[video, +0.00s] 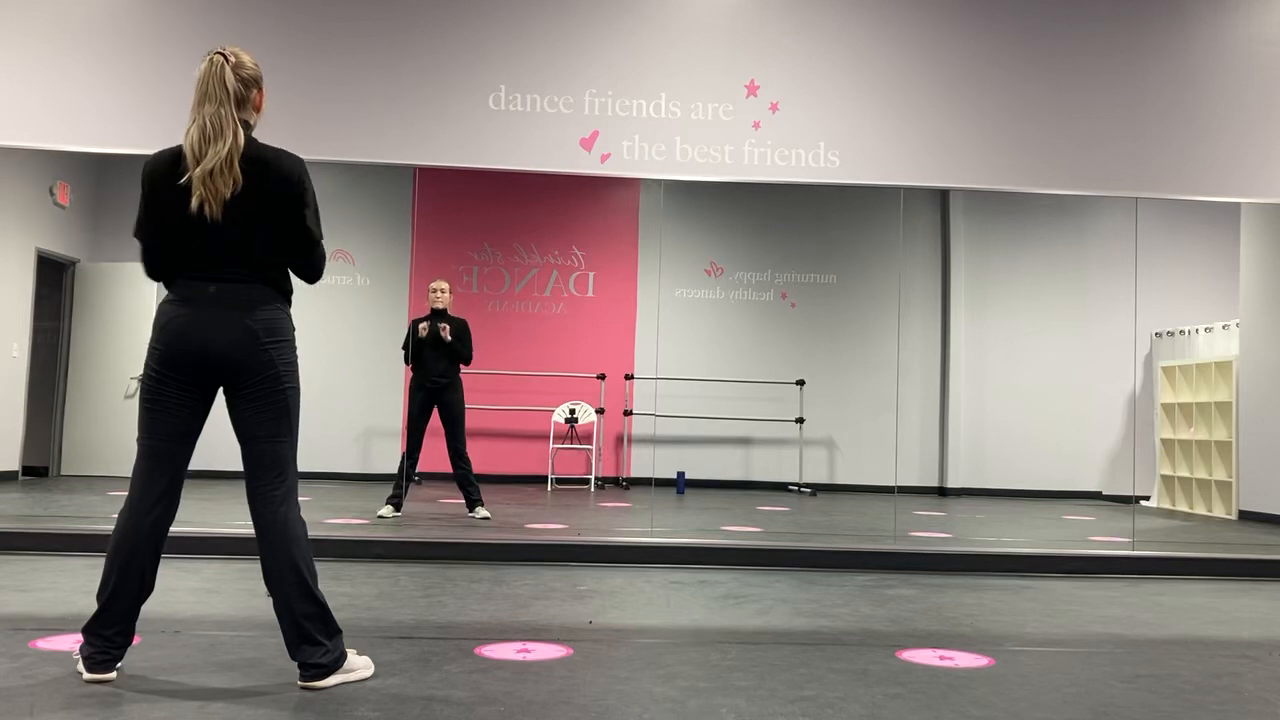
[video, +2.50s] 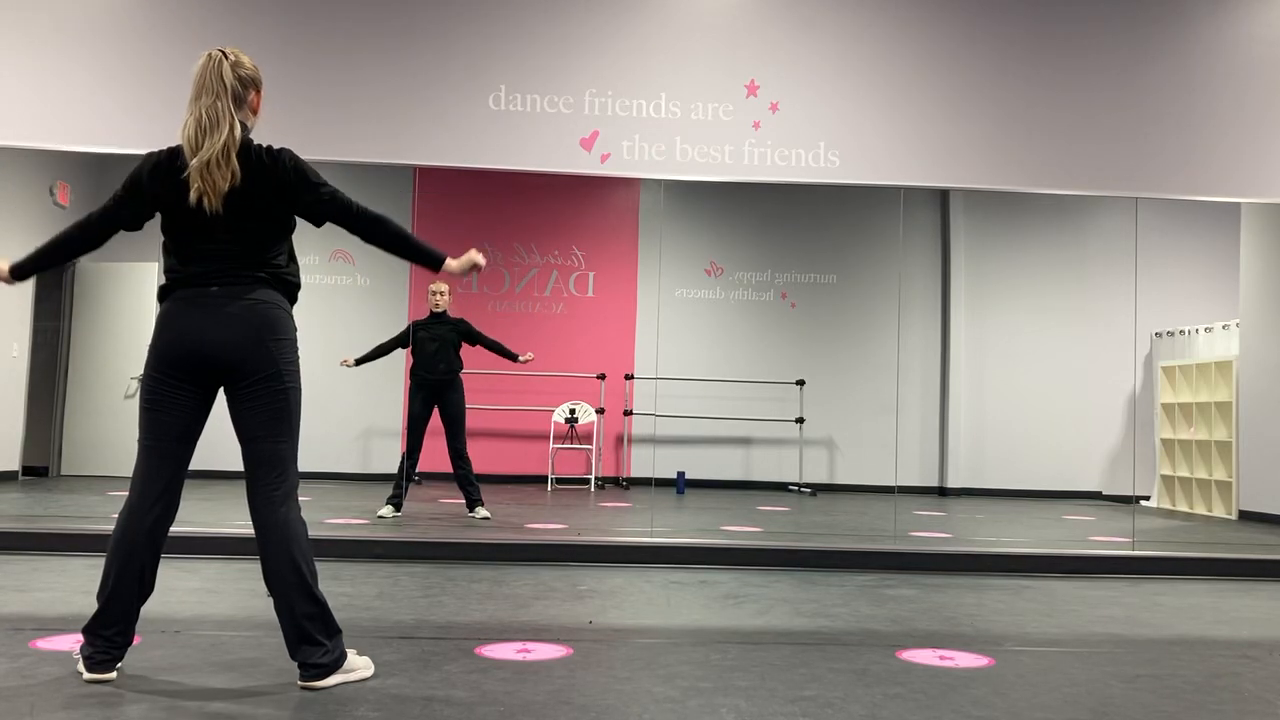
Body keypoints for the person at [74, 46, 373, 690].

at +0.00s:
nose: (266, 102)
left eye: (263, 92)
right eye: (264, 94)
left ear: (200, 96)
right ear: (253, 99)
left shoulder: (162, 168)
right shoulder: (285, 171)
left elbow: (154, 265)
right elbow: (311, 266)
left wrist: (207, 252)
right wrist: (271, 228)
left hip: (179, 326)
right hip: (260, 329)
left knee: (150, 488)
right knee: (274, 494)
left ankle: (101, 649)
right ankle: (319, 656)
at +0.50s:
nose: (264, 99)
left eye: (257, 88)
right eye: (262, 89)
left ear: (197, 93)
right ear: (253, 97)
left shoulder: (175, 146)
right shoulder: (274, 147)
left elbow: (192, 60)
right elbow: (288, 77)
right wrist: (286, 2)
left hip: (183, 319)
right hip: (262, 320)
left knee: (152, 488)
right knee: (276, 494)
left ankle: (102, 647)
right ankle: (318, 656)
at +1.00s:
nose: (264, 99)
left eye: (245, 84)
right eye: (261, 89)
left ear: (200, 94)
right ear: (256, 98)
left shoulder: (178, 146)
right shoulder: (277, 146)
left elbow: (163, 60)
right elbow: (312, 63)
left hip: (184, 319)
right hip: (262, 319)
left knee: (152, 487)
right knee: (275, 494)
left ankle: (102, 647)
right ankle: (318, 656)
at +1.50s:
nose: (268, 99)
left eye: (262, 88)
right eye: (265, 89)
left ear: (205, 97)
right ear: (257, 98)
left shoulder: (176, 157)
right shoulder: (283, 156)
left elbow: (114, 91)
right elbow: (349, 91)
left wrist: (47, 11)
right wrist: (410, 23)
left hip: (183, 321)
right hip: (263, 322)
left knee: (151, 488)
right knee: (275, 496)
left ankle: (102, 648)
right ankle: (319, 657)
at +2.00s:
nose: (265, 104)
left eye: (260, 94)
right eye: (263, 95)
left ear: (201, 98)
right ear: (253, 100)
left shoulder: (167, 159)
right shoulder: (281, 161)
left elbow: (77, 143)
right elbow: (374, 149)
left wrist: (2, 116)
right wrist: (462, 130)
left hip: (182, 316)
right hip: (260, 317)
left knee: (150, 491)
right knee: (275, 494)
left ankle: (101, 650)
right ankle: (319, 657)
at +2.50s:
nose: (263, 104)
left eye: (258, 95)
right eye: (262, 95)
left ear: (198, 97)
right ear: (252, 100)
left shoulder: (162, 168)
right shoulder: (280, 167)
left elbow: (98, 226)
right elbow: (360, 221)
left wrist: (21, 267)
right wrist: (444, 262)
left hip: (180, 324)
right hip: (260, 325)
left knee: (150, 491)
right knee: (275, 493)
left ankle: (101, 649)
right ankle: (319, 656)